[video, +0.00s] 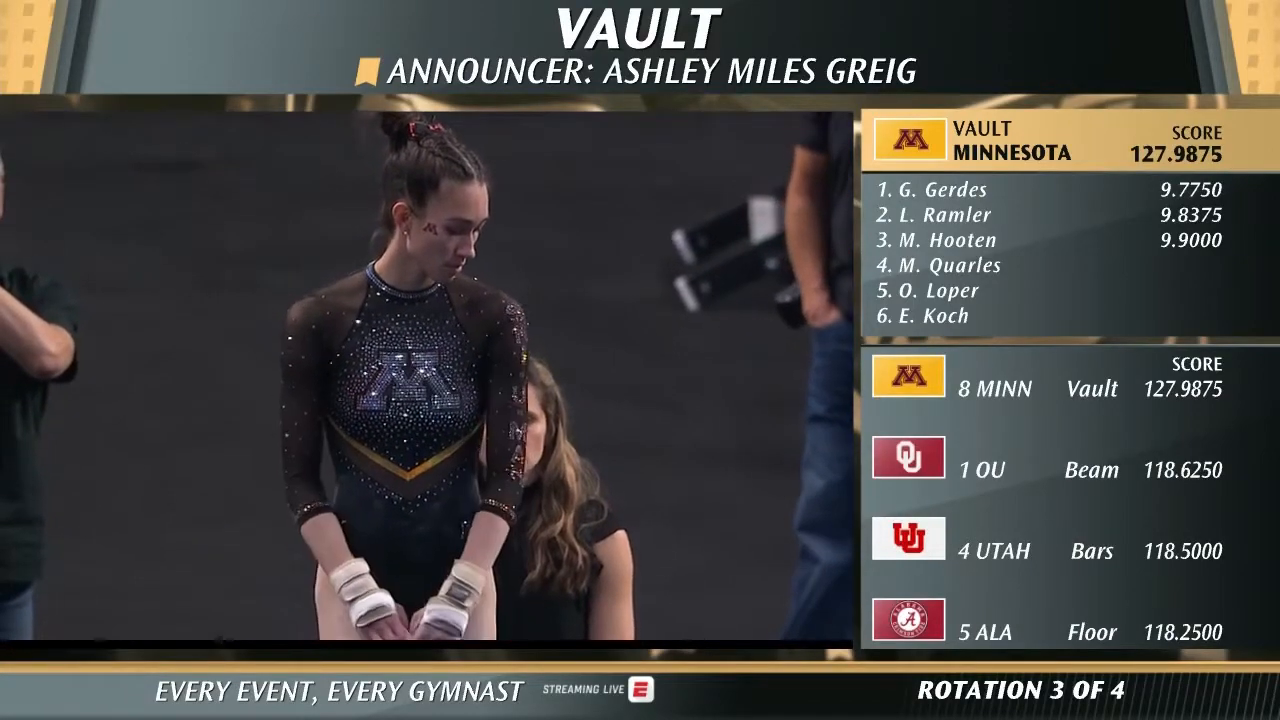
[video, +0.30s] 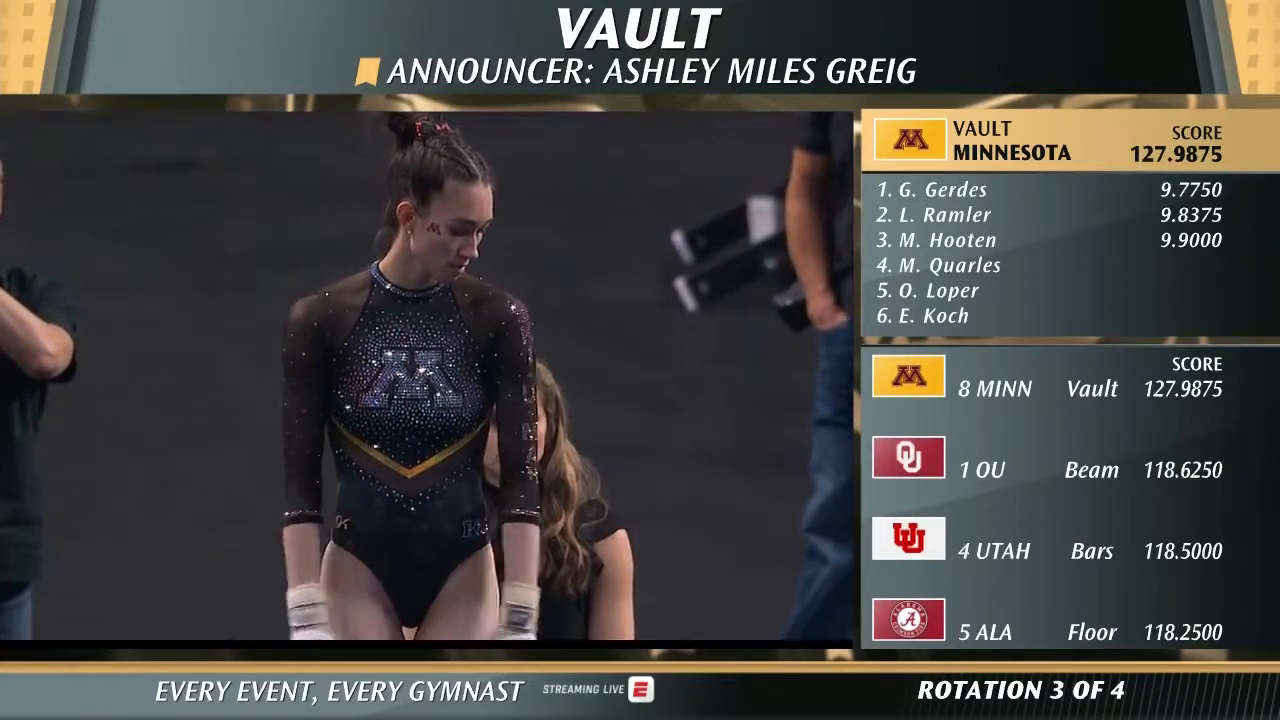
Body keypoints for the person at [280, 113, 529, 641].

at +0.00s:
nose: (470, 248)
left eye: (477, 229)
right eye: (455, 230)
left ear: (484, 217)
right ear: (402, 216)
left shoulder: (493, 318)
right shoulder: (317, 321)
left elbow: (505, 475)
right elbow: (299, 480)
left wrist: (456, 597)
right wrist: (358, 590)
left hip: (462, 572)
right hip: (352, 572)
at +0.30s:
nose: (473, 249)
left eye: (481, 231)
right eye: (458, 230)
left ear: (489, 219)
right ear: (406, 216)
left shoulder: (498, 319)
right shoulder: (321, 320)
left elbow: (521, 473)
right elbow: (301, 474)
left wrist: (519, 621)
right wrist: (306, 617)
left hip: (466, 565)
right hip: (357, 564)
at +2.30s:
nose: (460, 254)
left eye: (466, 237)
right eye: (444, 239)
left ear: (472, 226)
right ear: (391, 227)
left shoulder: (483, 329)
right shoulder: (306, 333)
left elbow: (500, 480)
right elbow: (286, 487)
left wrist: (499, 619)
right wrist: (285, 623)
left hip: (458, 574)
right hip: (350, 573)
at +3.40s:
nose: (464, 255)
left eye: (471, 237)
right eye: (448, 239)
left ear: (476, 225)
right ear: (394, 228)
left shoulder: (486, 331)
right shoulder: (309, 333)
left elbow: (502, 481)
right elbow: (289, 486)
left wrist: (507, 619)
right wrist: (286, 620)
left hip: (458, 574)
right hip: (351, 573)